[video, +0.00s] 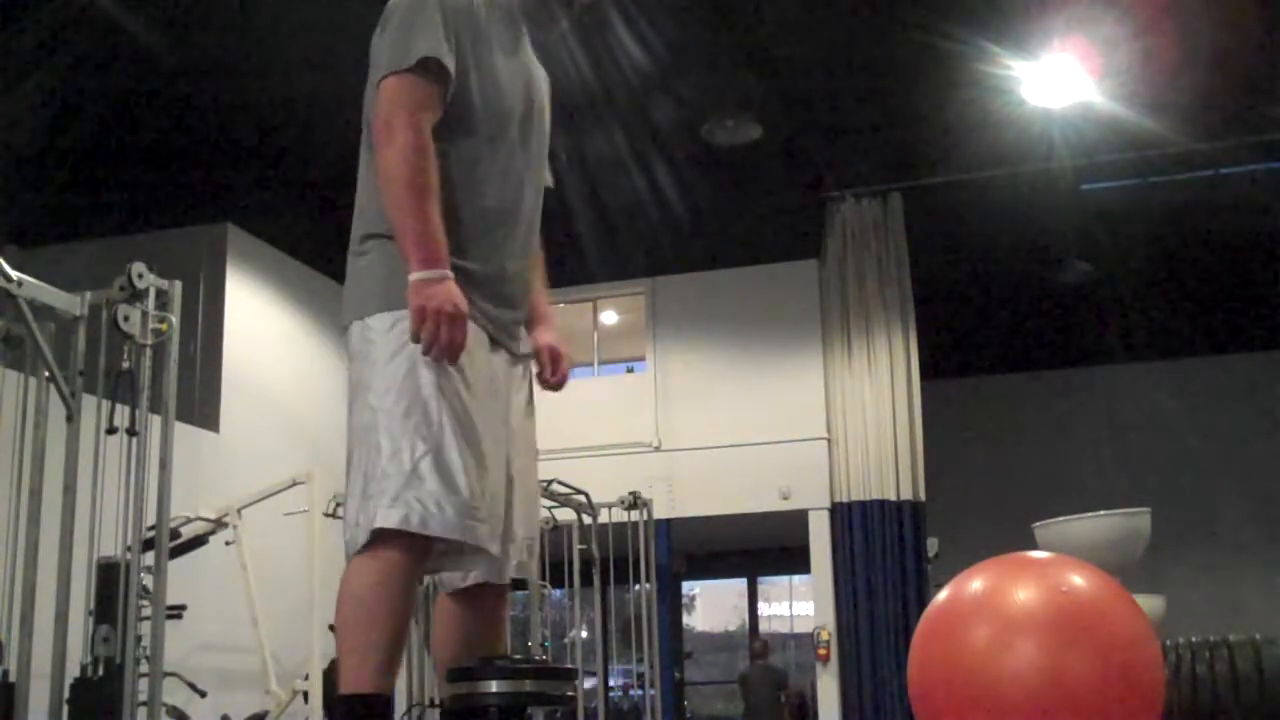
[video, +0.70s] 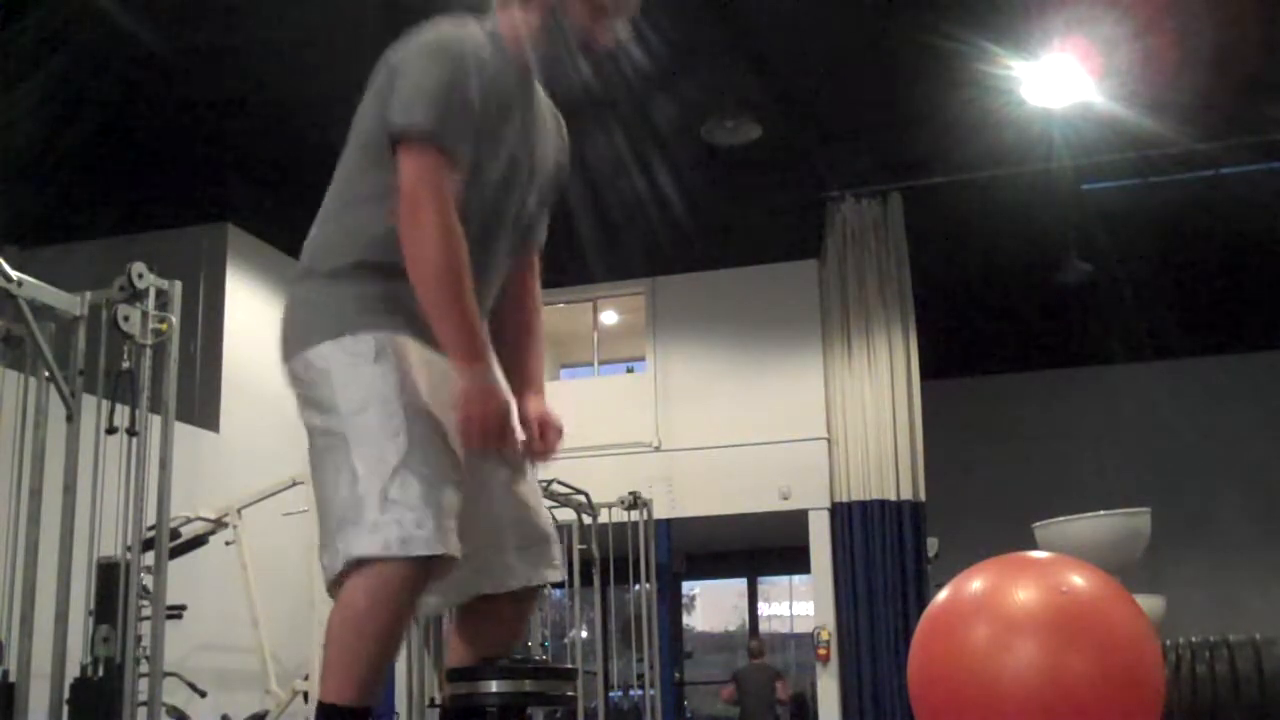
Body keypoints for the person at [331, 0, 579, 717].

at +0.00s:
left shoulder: (527, 59)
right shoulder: (434, 5)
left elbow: (514, 197)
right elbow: (400, 125)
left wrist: (540, 313)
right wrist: (430, 271)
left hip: (500, 332)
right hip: (418, 306)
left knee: (485, 555)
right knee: (400, 526)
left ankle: (472, 717)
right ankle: (358, 714)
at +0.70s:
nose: (608, 35)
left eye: (619, 22)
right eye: (601, 11)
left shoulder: (549, 131)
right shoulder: (447, 50)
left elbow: (519, 272)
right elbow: (424, 213)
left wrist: (530, 389)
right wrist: (475, 369)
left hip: (454, 342)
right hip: (358, 318)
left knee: (511, 558)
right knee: (402, 535)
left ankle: (475, 712)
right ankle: (339, 713)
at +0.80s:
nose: (617, 87)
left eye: (629, 75)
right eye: (613, 61)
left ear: (627, 89)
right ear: (564, 41)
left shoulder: (559, 192)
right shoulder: (464, 118)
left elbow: (526, 335)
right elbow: (447, 292)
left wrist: (542, 462)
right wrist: (486, 453)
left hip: (422, 377)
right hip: (329, 350)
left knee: (532, 554)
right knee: (420, 533)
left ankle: (476, 711)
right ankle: (342, 715)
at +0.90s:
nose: (639, 146)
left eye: (645, 129)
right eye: (628, 120)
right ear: (571, 108)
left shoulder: (566, 263)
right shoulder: (480, 199)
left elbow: (538, 420)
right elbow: (467, 390)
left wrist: (548, 562)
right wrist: (489, 552)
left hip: (403, 415)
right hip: (314, 392)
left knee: (552, 569)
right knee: (441, 542)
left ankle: (487, 709)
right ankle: (347, 712)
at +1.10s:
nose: (646, 202)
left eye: (647, 186)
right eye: (630, 178)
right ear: (569, 175)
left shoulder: (575, 329)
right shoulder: (500, 264)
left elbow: (547, 476)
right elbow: (480, 456)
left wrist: (548, 623)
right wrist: (489, 623)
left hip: (394, 463)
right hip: (305, 444)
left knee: (570, 575)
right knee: (466, 552)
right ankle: (356, 708)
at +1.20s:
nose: (642, 206)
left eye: (642, 191)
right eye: (626, 185)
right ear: (567, 188)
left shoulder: (577, 342)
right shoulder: (500, 278)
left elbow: (546, 497)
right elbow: (478, 468)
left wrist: (547, 646)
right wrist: (482, 634)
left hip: (394, 477)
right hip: (301, 457)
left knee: (572, 578)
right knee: (465, 550)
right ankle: (357, 708)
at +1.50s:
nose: (604, 192)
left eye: (601, 177)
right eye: (584, 174)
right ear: (527, 186)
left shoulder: (567, 342)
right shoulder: (477, 286)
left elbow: (541, 494)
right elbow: (468, 475)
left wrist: (540, 636)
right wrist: (477, 640)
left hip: (392, 497)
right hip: (291, 485)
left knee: (574, 576)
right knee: (456, 546)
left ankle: (484, 710)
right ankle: (355, 711)